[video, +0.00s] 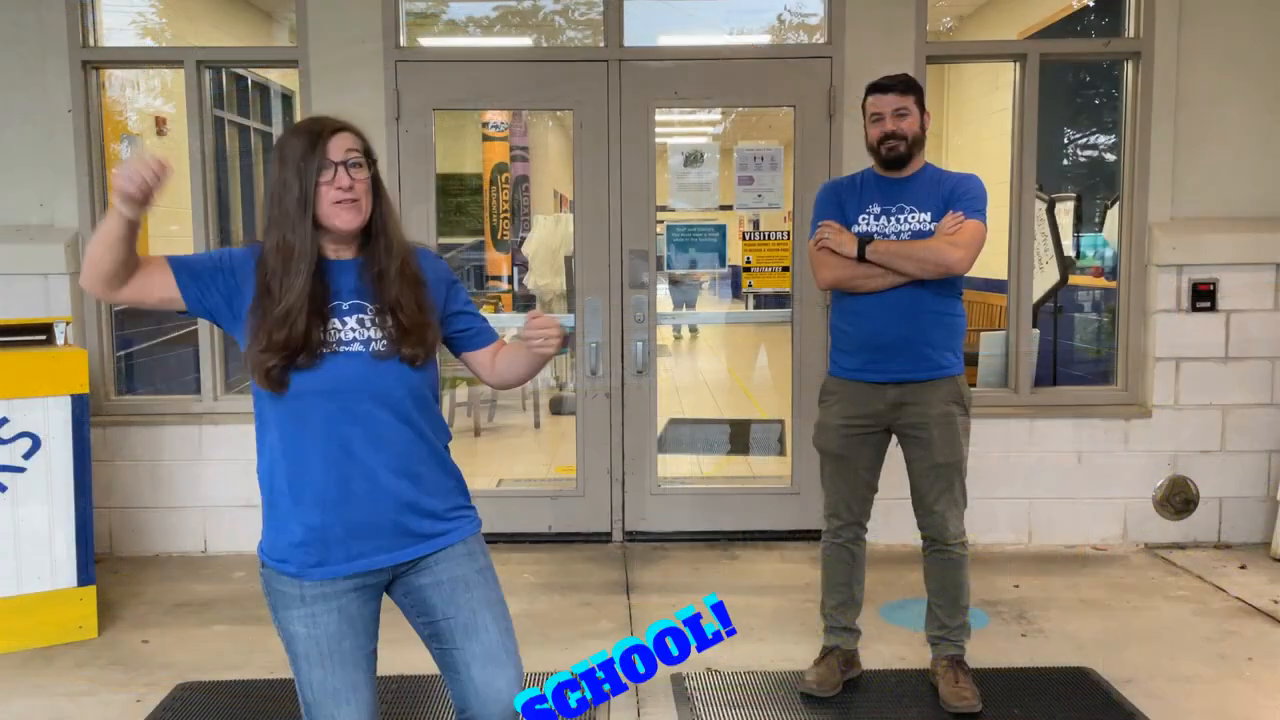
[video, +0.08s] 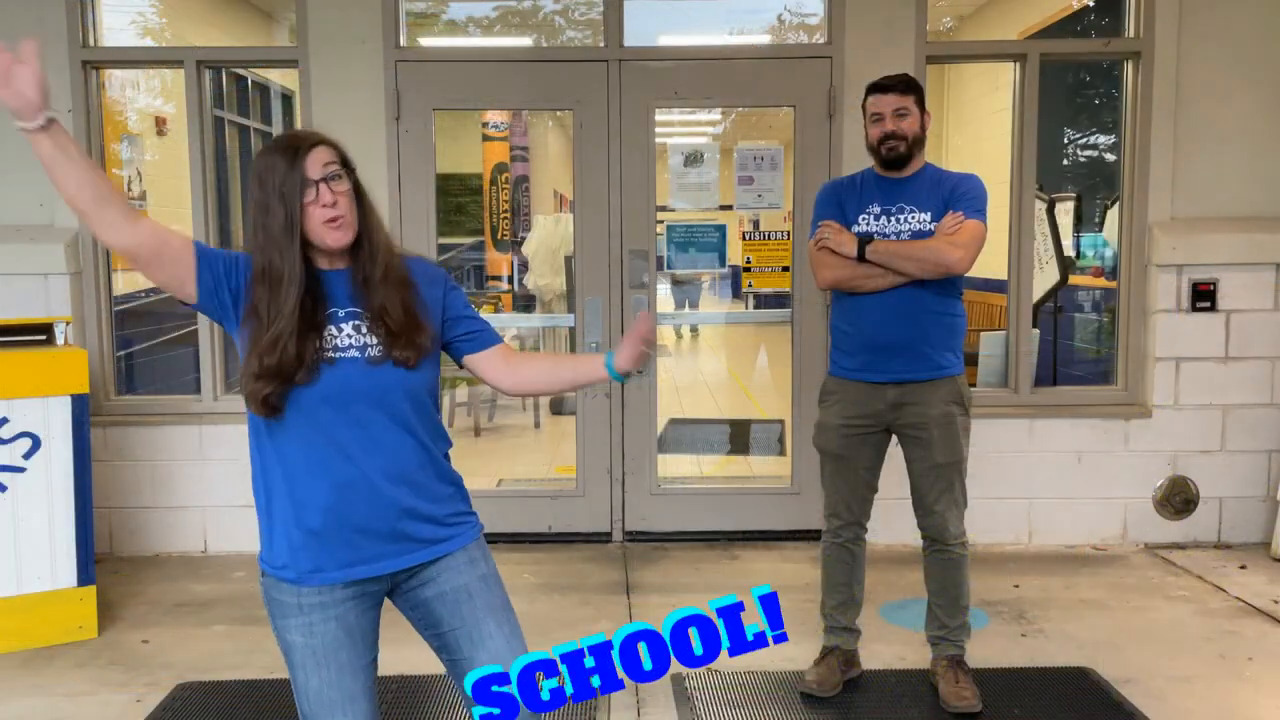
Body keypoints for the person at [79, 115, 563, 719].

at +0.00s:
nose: (347, 179)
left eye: (356, 163)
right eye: (327, 168)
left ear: (373, 179)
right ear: (296, 187)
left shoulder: (417, 270)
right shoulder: (254, 273)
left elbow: (495, 366)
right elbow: (106, 280)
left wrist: (533, 348)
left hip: (437, 536)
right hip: (314, 554)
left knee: (499, 699)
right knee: (342, 709)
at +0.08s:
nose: (332, 197)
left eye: (339, 182)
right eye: (311, 187)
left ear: (358, 193)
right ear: (280, 208)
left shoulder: (418, 284)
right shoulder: (250, 288)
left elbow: (507, 369)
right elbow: (125, 230)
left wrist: (612, 365)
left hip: (438, 545)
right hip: (313, 567)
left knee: (520, 694)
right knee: (339, 711)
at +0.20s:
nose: (315, 224)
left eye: (321, 207)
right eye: (294, 217)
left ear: (342, 214)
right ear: (267, 240)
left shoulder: (413, 297)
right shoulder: (261, 315)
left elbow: (523, 372)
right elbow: (161, 238)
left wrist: (636, 418)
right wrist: (51, 136)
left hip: (449, 565)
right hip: (321, 590)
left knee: (529, 705)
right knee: (344, 717)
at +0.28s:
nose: (315, 236)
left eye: (322, 220)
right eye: (294, 230)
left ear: (345, 230)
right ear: (268, 253)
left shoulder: (414, 308)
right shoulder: (261, 334)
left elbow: (522, 383)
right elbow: (167, 255)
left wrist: (634, 428)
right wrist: (61, 149)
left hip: (452, 574)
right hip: (325, 589)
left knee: (539, 708)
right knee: (342, 712)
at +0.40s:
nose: (317, 245)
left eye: (326, 229)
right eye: (296, 238)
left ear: (348, 237)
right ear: (270, 261)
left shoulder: (417, 316)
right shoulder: (260, 340)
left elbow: (524, 384)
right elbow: (170, 262)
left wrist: (637, 428)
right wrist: (65, 157)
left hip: (454, 577)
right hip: (331, 596)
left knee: (545, 703)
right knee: (356, 707)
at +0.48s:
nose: (318, 246)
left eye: (326, 230)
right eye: (298, 237)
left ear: (348, 242)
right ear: (271, 260)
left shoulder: (417, 317)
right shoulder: (263, 342)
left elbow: (533, 384)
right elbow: (171, 265)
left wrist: (649, 429)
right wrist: (63, 158)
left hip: (457, 582)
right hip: (332, 602)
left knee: (550, 708)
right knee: (363, 711)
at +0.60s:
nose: (319, 246)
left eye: (327, 230)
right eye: (299, 239)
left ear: (348, 238)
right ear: (271, 260)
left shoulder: (416, 314)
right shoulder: (262, 339)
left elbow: (527, 377)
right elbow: (170, 264)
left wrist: (645, 419)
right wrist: (64, 165)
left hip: (461, 579)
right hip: (337, 601)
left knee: (553, 699)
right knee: (366, 711)